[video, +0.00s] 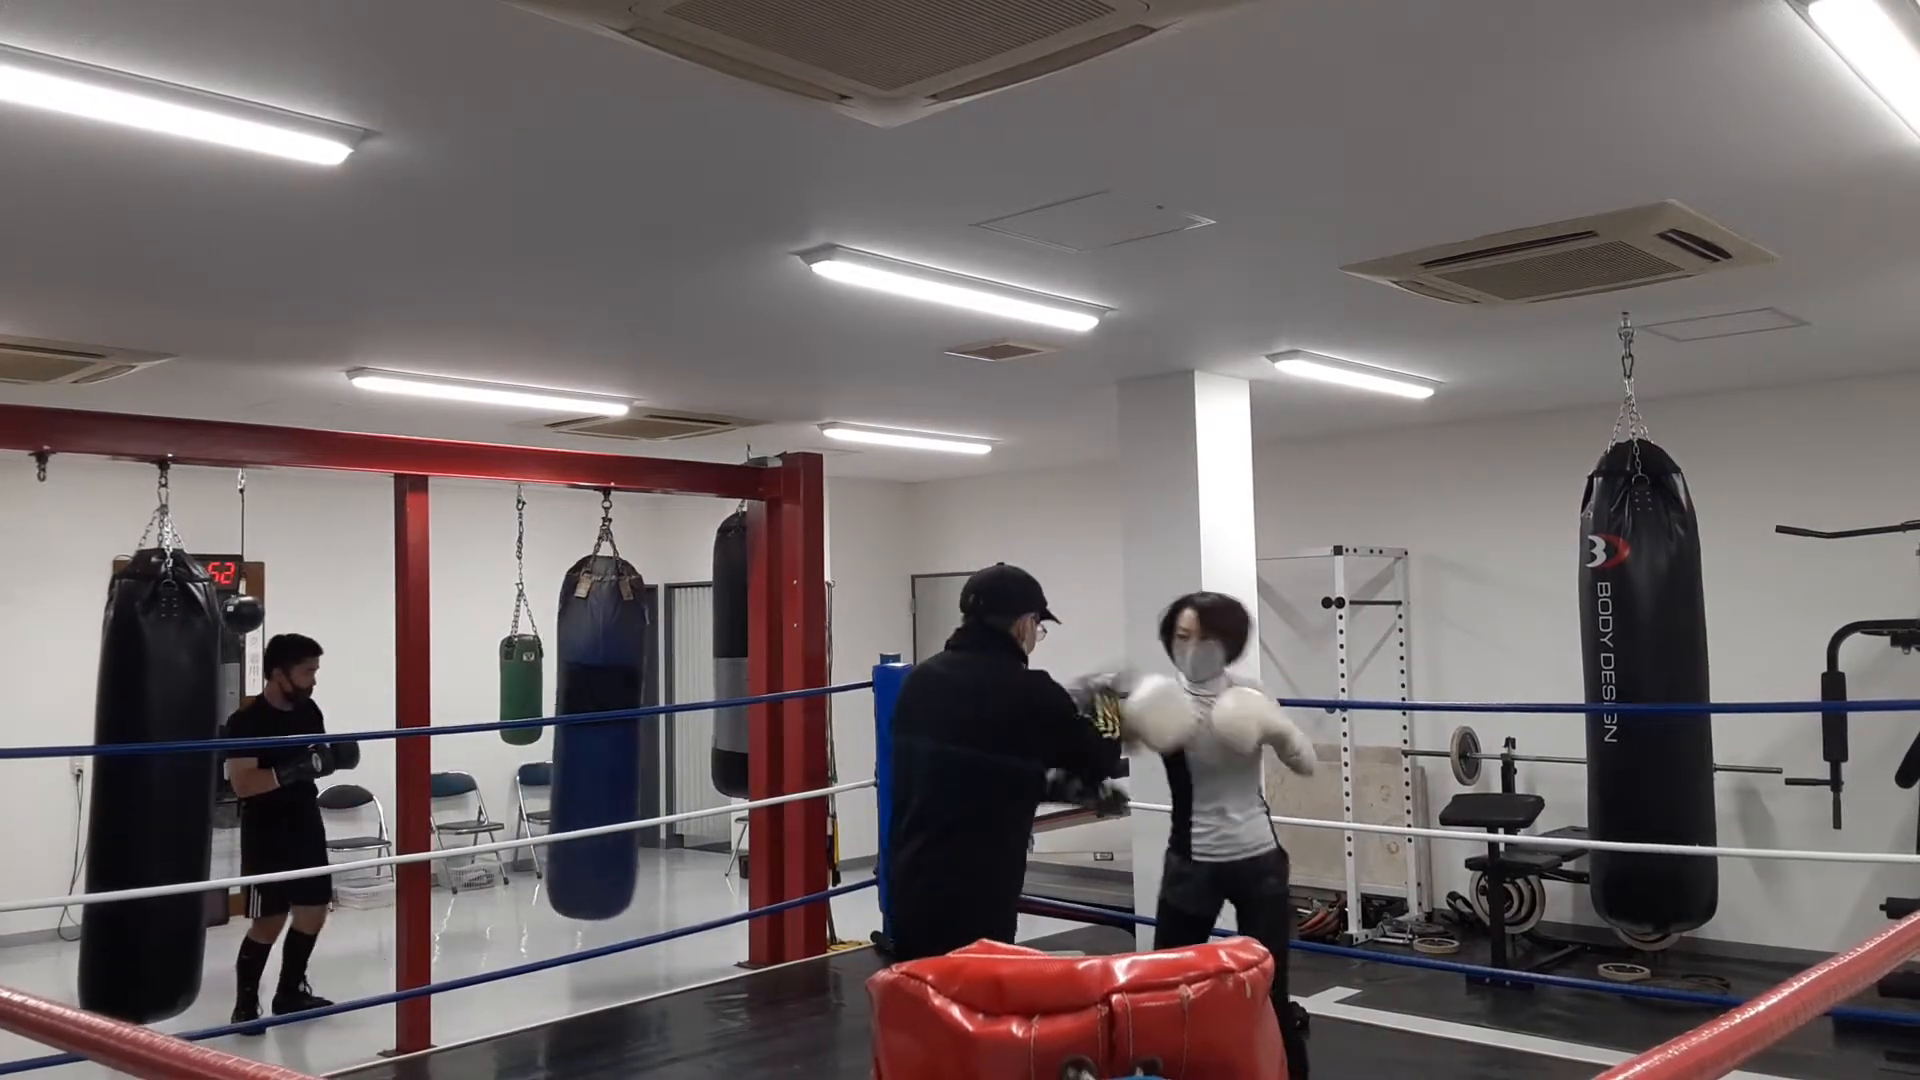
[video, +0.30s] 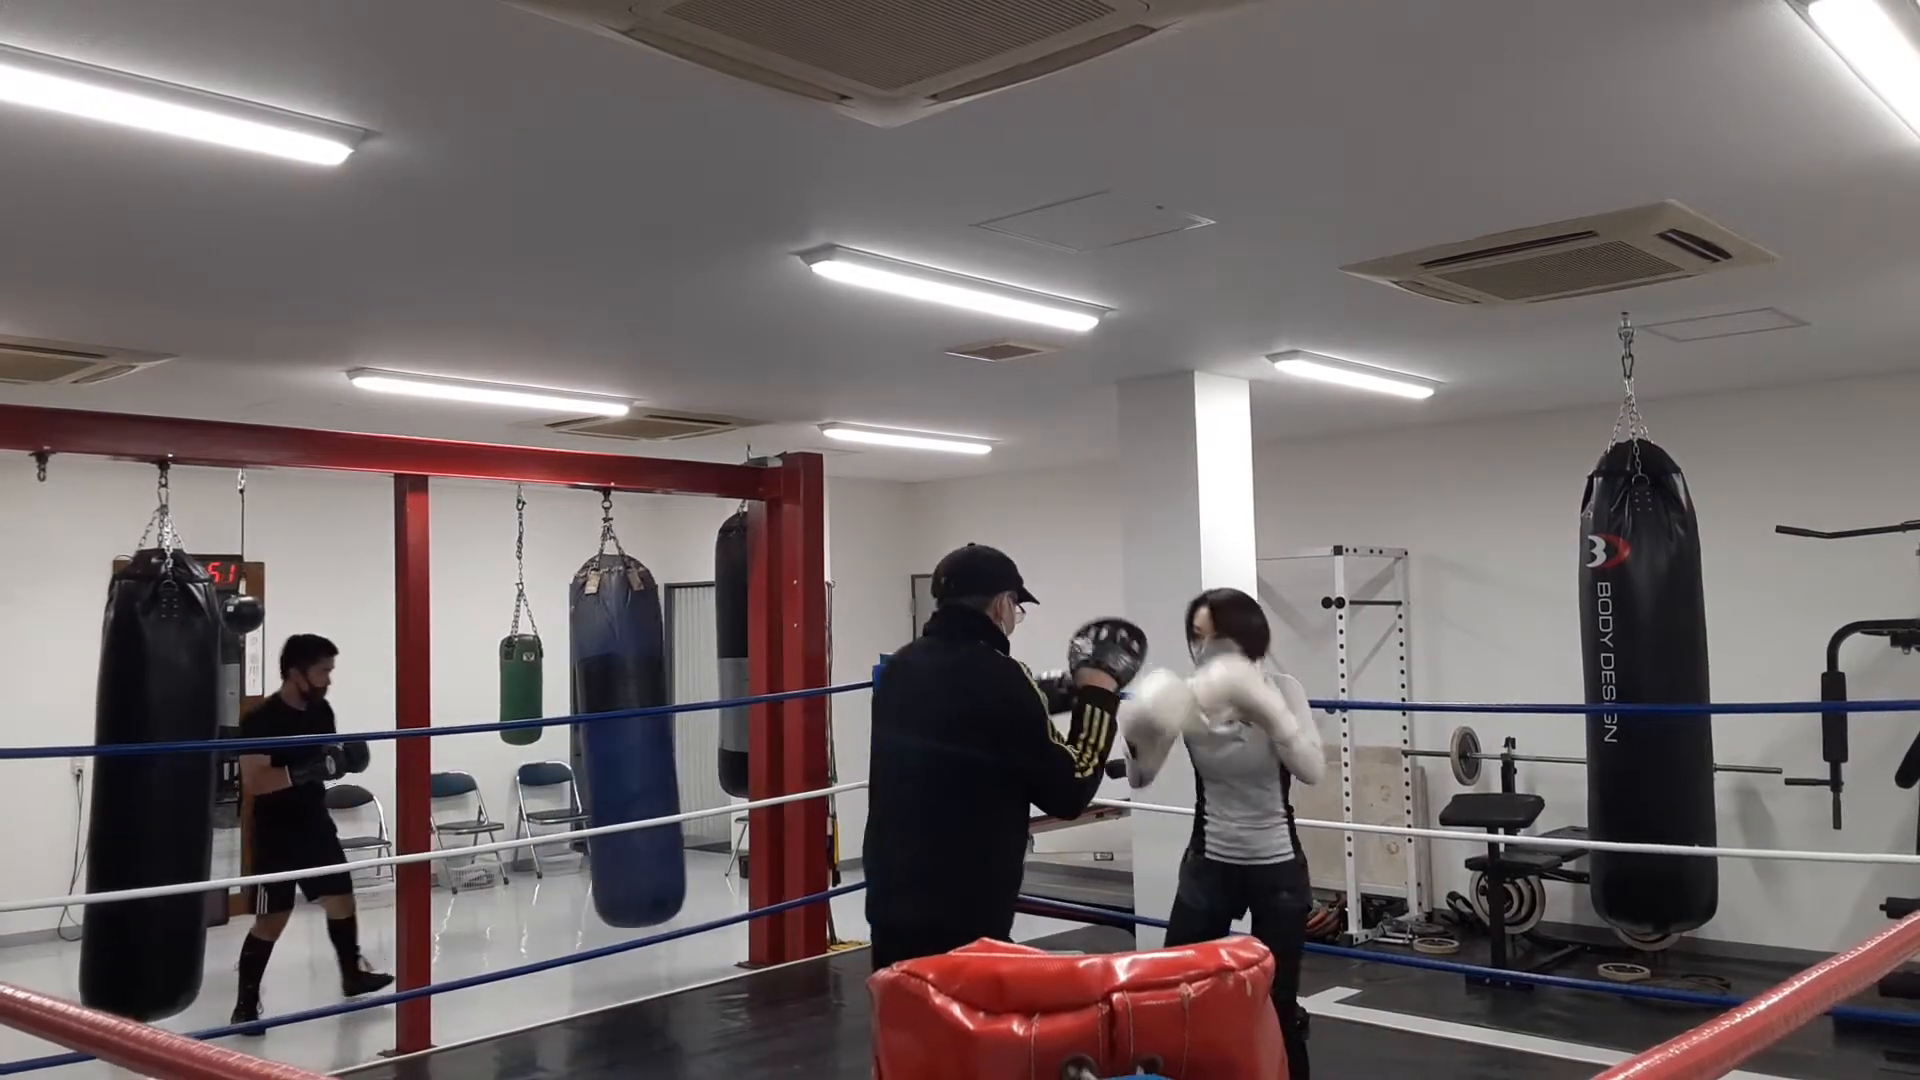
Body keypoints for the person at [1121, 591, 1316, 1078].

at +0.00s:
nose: (1190, 649)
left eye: (1202, 639)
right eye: (1181, 638)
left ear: (1227, 644)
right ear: (1170, 643)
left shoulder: (1250, 701)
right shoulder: (1162, 703)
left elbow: (1305, 766)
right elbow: (1120, 737)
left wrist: (1275, 726)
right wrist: (1132, 720)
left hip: (1258, 860)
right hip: (1191, 863)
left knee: (1270, 991)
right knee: (1168, 983)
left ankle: (1289, 1069)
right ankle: (1166, 1072)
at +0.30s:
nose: (1203, 646)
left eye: (1213, 636)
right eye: (1196, 636)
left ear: (1247, 637)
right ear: (1192, 640)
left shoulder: (1281, 689)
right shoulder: (1184, 698)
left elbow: (1312, 770)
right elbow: (1141, 777)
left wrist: (1265, 709)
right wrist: (1145, 728)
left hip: (1277, 866)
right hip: (1209, 864)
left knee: (1277, 999)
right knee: (1178, 983)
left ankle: (1291, 1073)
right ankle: (1174, 1075)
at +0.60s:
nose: (1176, 657)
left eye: (1187, 647)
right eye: (1174, 646)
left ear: (1221, 657)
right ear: (1170, 651)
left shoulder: (1250, 713)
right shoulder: (1186, 724)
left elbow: (1285, 767)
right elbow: (1166, 800)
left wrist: (1211, 710)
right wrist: (1141, 762)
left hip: (1278, 897)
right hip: (1225, 893)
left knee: (1268, 1016)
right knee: (1192, 995)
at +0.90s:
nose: (1200, 648)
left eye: (1212, 637)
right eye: (1194, 639)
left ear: (1244, 640)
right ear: (1188, 644)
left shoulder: (1288, 703)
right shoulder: (1189, 709)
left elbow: (1343, 785)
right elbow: (1138, 760)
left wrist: (1289, 768)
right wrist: (1143, 712)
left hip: (1293, 888)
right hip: (1229, 888)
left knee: (1280, 1032)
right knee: (1214, 1015)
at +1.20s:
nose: (1203, 630)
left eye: (1214, 620)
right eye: (1202, 620)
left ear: (1251, 627)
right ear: (1201, 626)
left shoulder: (1302, 686)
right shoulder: (1196, 693)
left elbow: (1348, 766)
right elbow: (1127, 759)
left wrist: (1284, 719)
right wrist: (1139, 720)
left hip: (1304, 876)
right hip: (1232, 874)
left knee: (1297, 1024)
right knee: (1218, 1010)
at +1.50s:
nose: (1233, 657)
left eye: (1245, 646)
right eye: (1229, 645)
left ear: (1279, 655)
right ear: (1225, 645)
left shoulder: (1320, 697)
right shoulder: (1214, 707)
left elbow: (1367, 785)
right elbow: (1160, 768)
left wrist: (1333, 735)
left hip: (1314, 884)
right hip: (1241, 884)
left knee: (1310, 1033)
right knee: (1230, 1025)